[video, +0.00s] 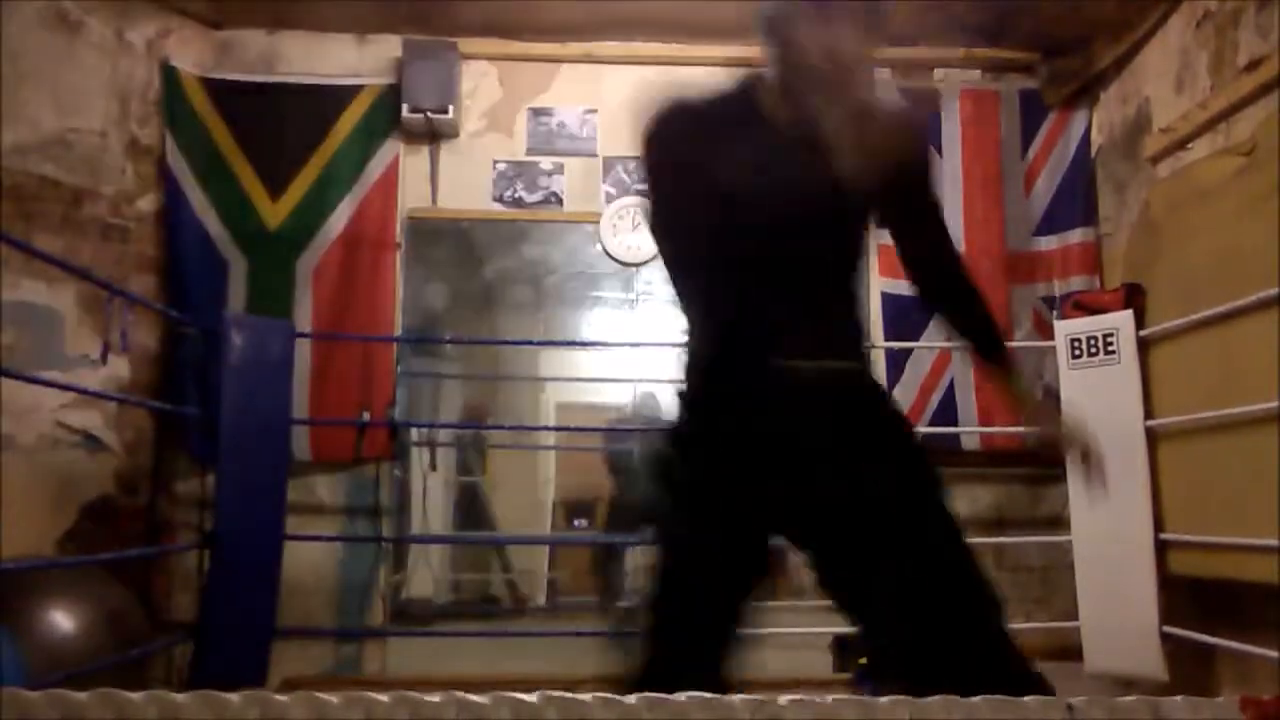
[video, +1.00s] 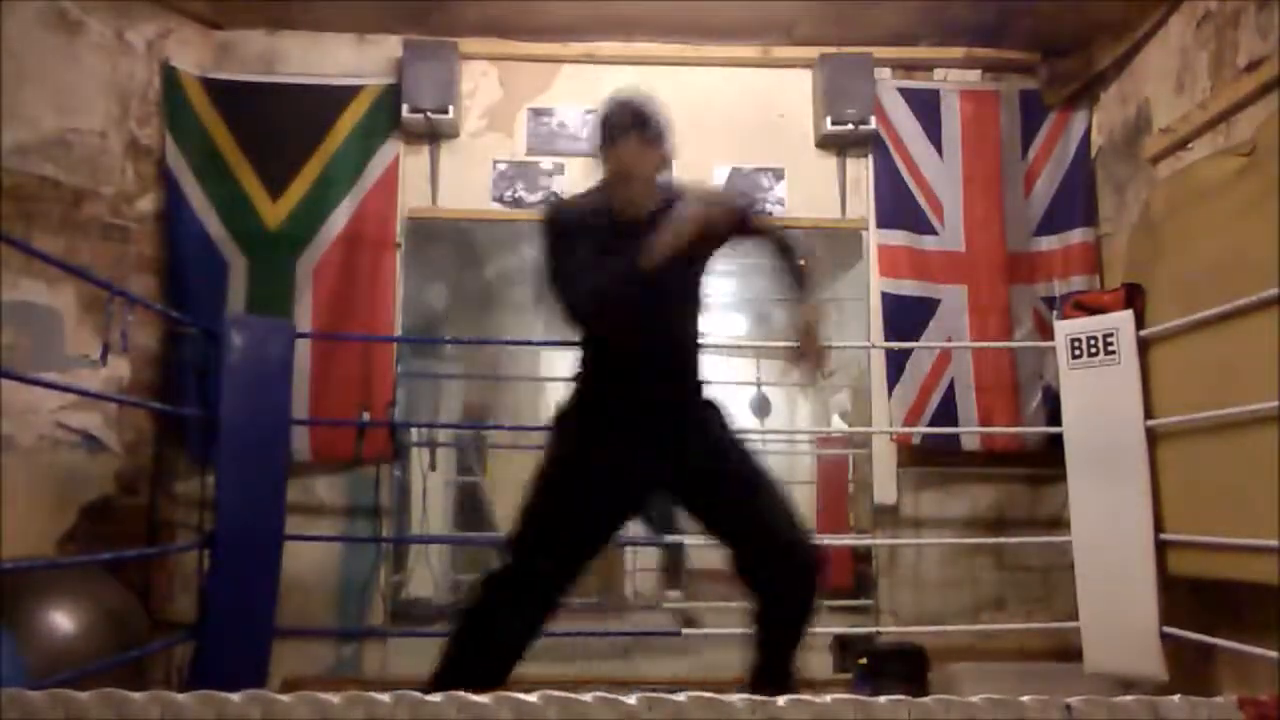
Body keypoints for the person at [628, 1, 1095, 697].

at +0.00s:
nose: (840, 44)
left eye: (855, 25)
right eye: (822, 20)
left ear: (871, 39)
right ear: (777, 30)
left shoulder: (877, 136)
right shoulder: (691, 135)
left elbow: (936, 268)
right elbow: (710, 298)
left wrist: (1024, 394)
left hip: (845, 423)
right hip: (730, 426)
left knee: (961, 648)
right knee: (679, 667)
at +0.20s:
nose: (907, 130)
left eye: (929, 109)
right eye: (887, 102)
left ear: (946, 124)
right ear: (845, 103)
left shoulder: (939, 243)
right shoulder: (743, 214)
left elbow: (964, 399)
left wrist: (1013, 469)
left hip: (893, 470)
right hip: (774, 472)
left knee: (1014, 680)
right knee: (801, 698)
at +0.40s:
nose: (767, 70)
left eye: (781, 56)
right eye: (752, 53)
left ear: (796, 69)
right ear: (724, 64)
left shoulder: (818, 150)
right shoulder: (663, 143)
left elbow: (894, 147)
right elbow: (551, 180)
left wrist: (833, 56)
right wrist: (469, 225)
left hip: (788, 408)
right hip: (686, 405)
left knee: (879, 606)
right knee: (568, 579)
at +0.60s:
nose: (610, 115)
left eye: (625, 100)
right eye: (597, 100)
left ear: (651, 111)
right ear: (582, 110)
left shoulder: (692, 202)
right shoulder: (539, 195)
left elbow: (722, 243)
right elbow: (427, 248)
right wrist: (343, 260)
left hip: (659, 429)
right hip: (564, 427)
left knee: (728, 589)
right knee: (473, 593)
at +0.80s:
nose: (542, 217)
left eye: (557, 200)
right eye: (528, 200)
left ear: (582, 209)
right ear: (508, 209)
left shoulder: (632, 293)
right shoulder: (481, 297)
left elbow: (643, 413)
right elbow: (456, 401)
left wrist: (642, 517)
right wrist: (428, 496)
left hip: (604, 495)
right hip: (509, 490)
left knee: (633, 664)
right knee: (423, 647)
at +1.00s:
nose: (641, 155)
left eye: (650, 143)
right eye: (629, 143)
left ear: (664, 153)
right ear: (607, 152)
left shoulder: (690, 213)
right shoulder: (573, 220)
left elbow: (775, 240)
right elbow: (588, 303)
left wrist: (804, 313)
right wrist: (669, 242)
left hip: (683, 425)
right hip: (603, 428)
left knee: (788, 562)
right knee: (531, 580)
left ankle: (769, 701)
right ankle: (443, 707)